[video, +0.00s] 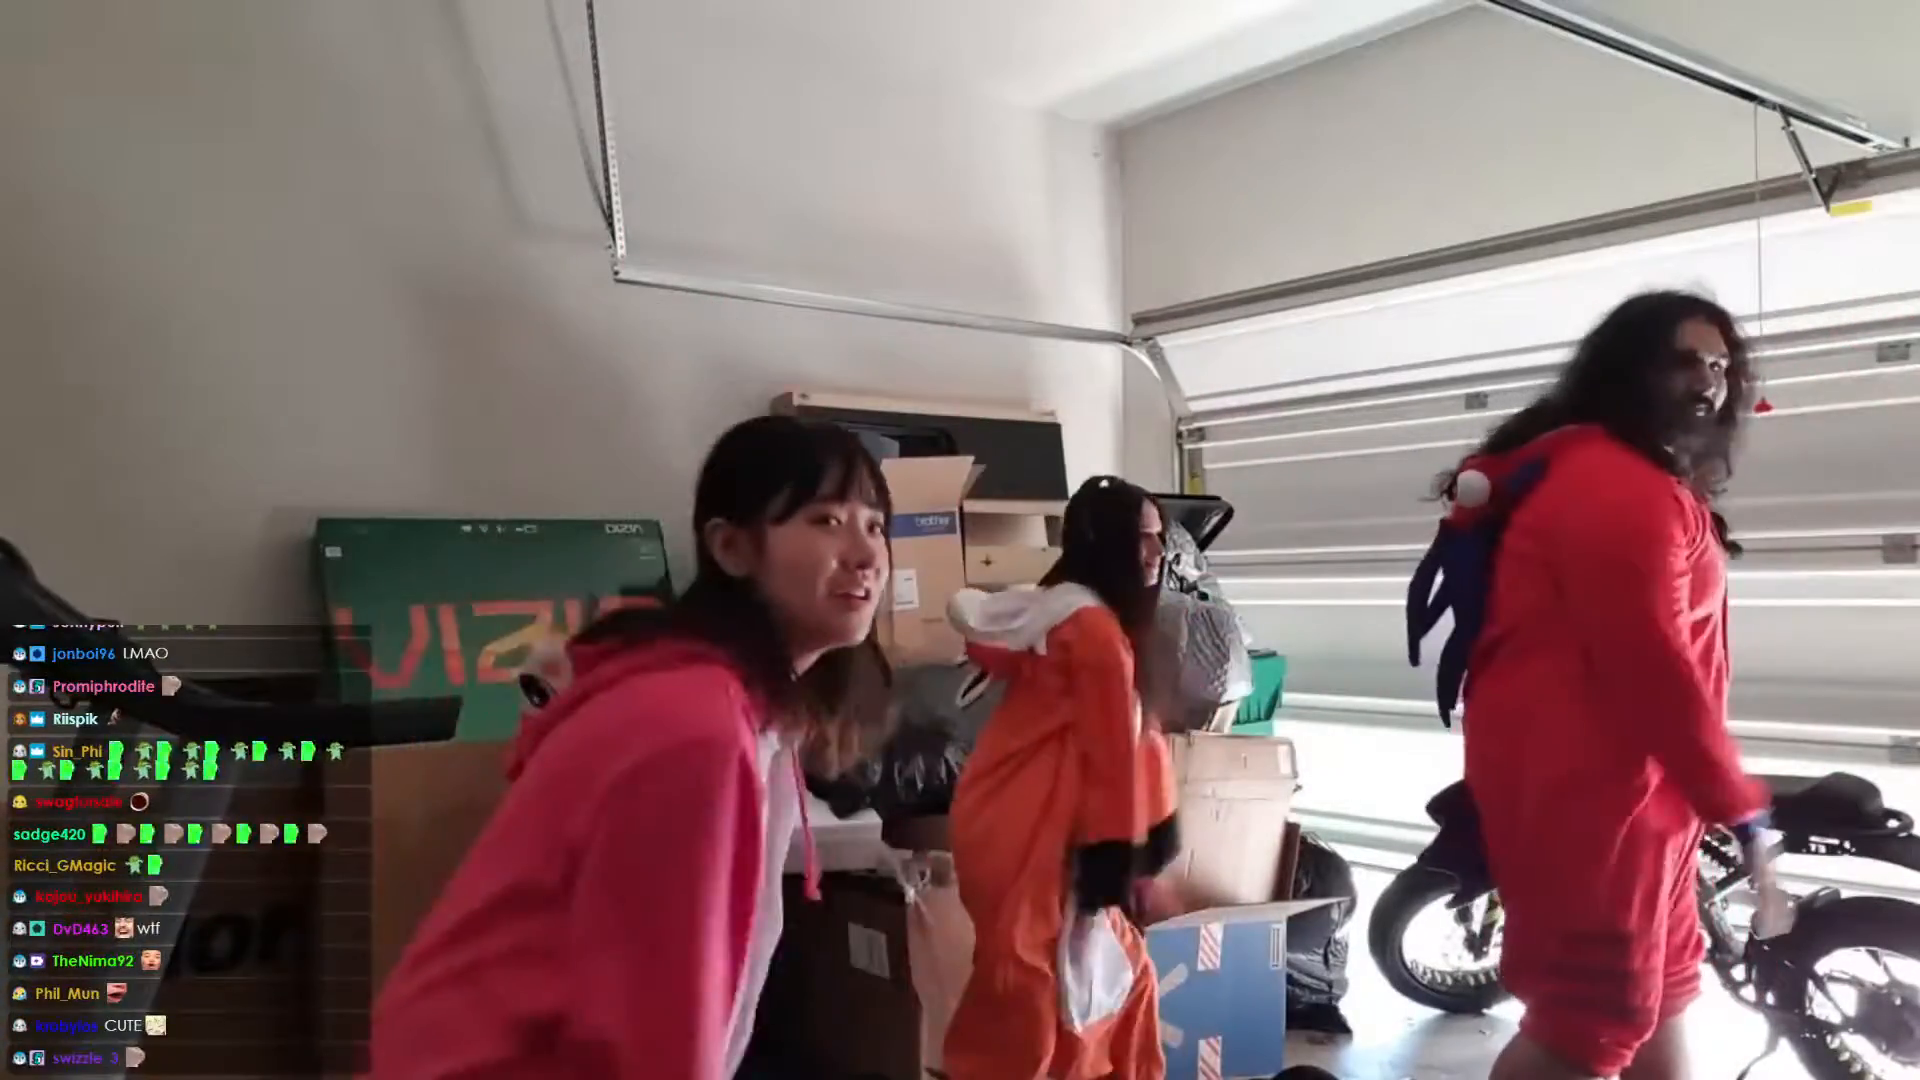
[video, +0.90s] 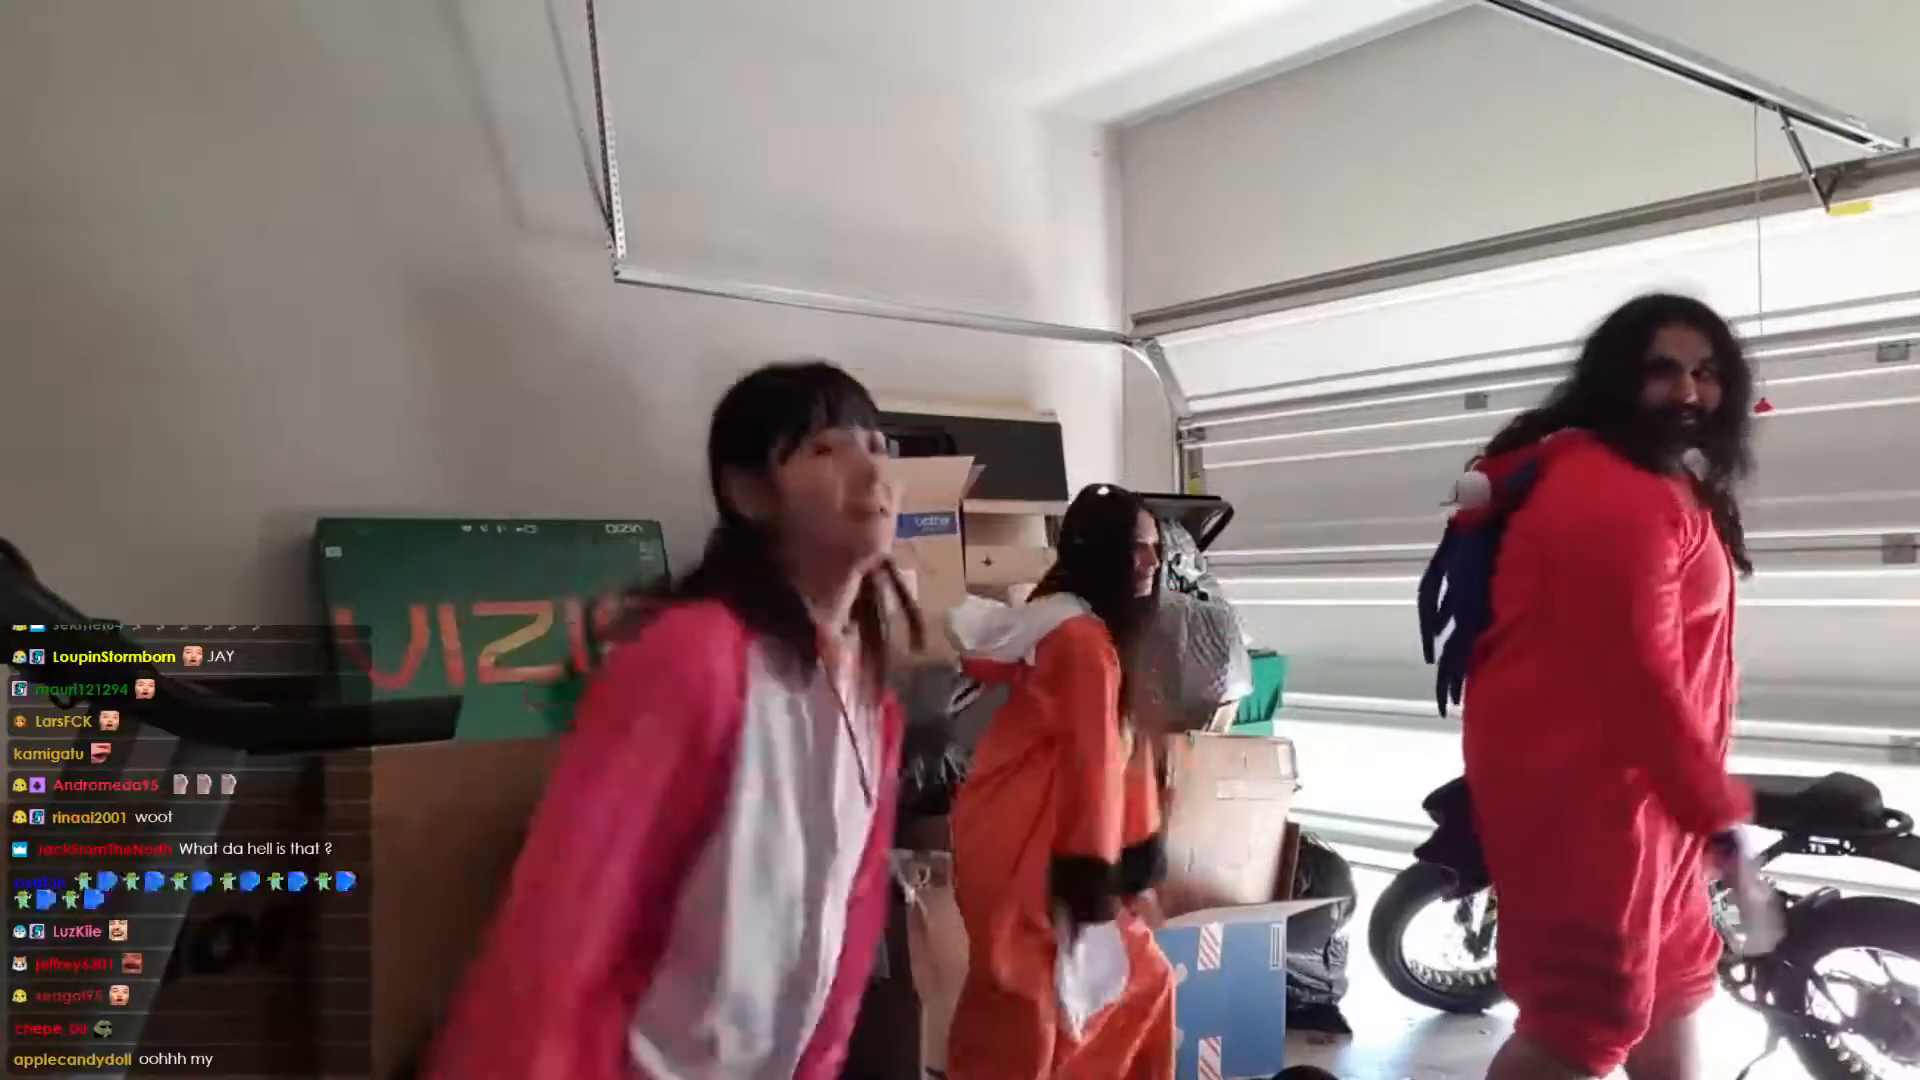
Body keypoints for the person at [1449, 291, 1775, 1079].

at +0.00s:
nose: (1709, 383)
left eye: (1721, 367)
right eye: (1686, 361)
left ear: (1734, 386)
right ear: (1632, 370)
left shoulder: (1648, 480)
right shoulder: (1613, 486)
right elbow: (1651, 668)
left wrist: (1705, 792)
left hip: (1628, 779)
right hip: (1579, 786)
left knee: (1662, 989)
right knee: (1591, 1022)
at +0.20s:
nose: (1654, 374)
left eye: (1665, 356)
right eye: (1628, 354)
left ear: (1679, 370)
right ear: (1580, 366)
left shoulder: (1637, 474)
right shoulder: (1579, 479)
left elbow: (1697, 607)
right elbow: (1678, 634)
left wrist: (1781, 677)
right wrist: (1801, 744)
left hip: (1644, 793)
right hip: (1575, 803)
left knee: (1656, 992)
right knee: (1578, 1016)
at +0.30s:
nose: (1624, 378)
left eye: (1637, 358)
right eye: (1598, 361)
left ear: (1655, 371)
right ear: (1550, 378)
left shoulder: (1604, 471)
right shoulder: (1558, 476)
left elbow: (1705, 543)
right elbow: (1718, 556)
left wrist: (1834, 526)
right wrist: (1904, 566)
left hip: (1647, 795)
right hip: (1577, 804)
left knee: (1671, 988)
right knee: (1578, 1018)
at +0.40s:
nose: (1626, 392)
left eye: (1641, 372)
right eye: (1597, 375)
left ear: (1659, 382)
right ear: (1550, 391)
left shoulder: (1617, 476)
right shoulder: (1547, 484)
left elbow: (1712, 477)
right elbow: (1754, 495)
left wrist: (1801, 393)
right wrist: (1894, 375)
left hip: (1666, 793)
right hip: (1586, 809)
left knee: (1707, 984)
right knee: (1599, 1025)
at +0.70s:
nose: (1636, 371)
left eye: (1650, 351)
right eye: (1608, 354)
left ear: (1671, 366)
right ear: (1563, 374)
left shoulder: (1641, 467)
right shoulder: (1563, 470)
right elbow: (1748, 541)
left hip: (1666, 782)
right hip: (1591, 791)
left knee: (1680, 985)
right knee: (1593, 1014)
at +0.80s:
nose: (1653, 376)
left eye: (1669, 357)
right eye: (1626, 358)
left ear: (1691, 373)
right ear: (1582, 375)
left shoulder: (1657, 476)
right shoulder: (1587, 481)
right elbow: (1701, 622)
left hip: (1658, 788)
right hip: (1585, 794)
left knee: (1665, 995)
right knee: (1582, 1016)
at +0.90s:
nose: (1688, 391)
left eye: (1706, 372)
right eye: (1663, 371)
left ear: (1726, 389)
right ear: (1618, 381)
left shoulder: (1667, 487)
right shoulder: (1607, 493)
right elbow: (1633, 674)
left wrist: (1702, 803)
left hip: (1643, 785)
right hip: (1577, 790)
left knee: (1672, 989)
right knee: (1585, 1021)